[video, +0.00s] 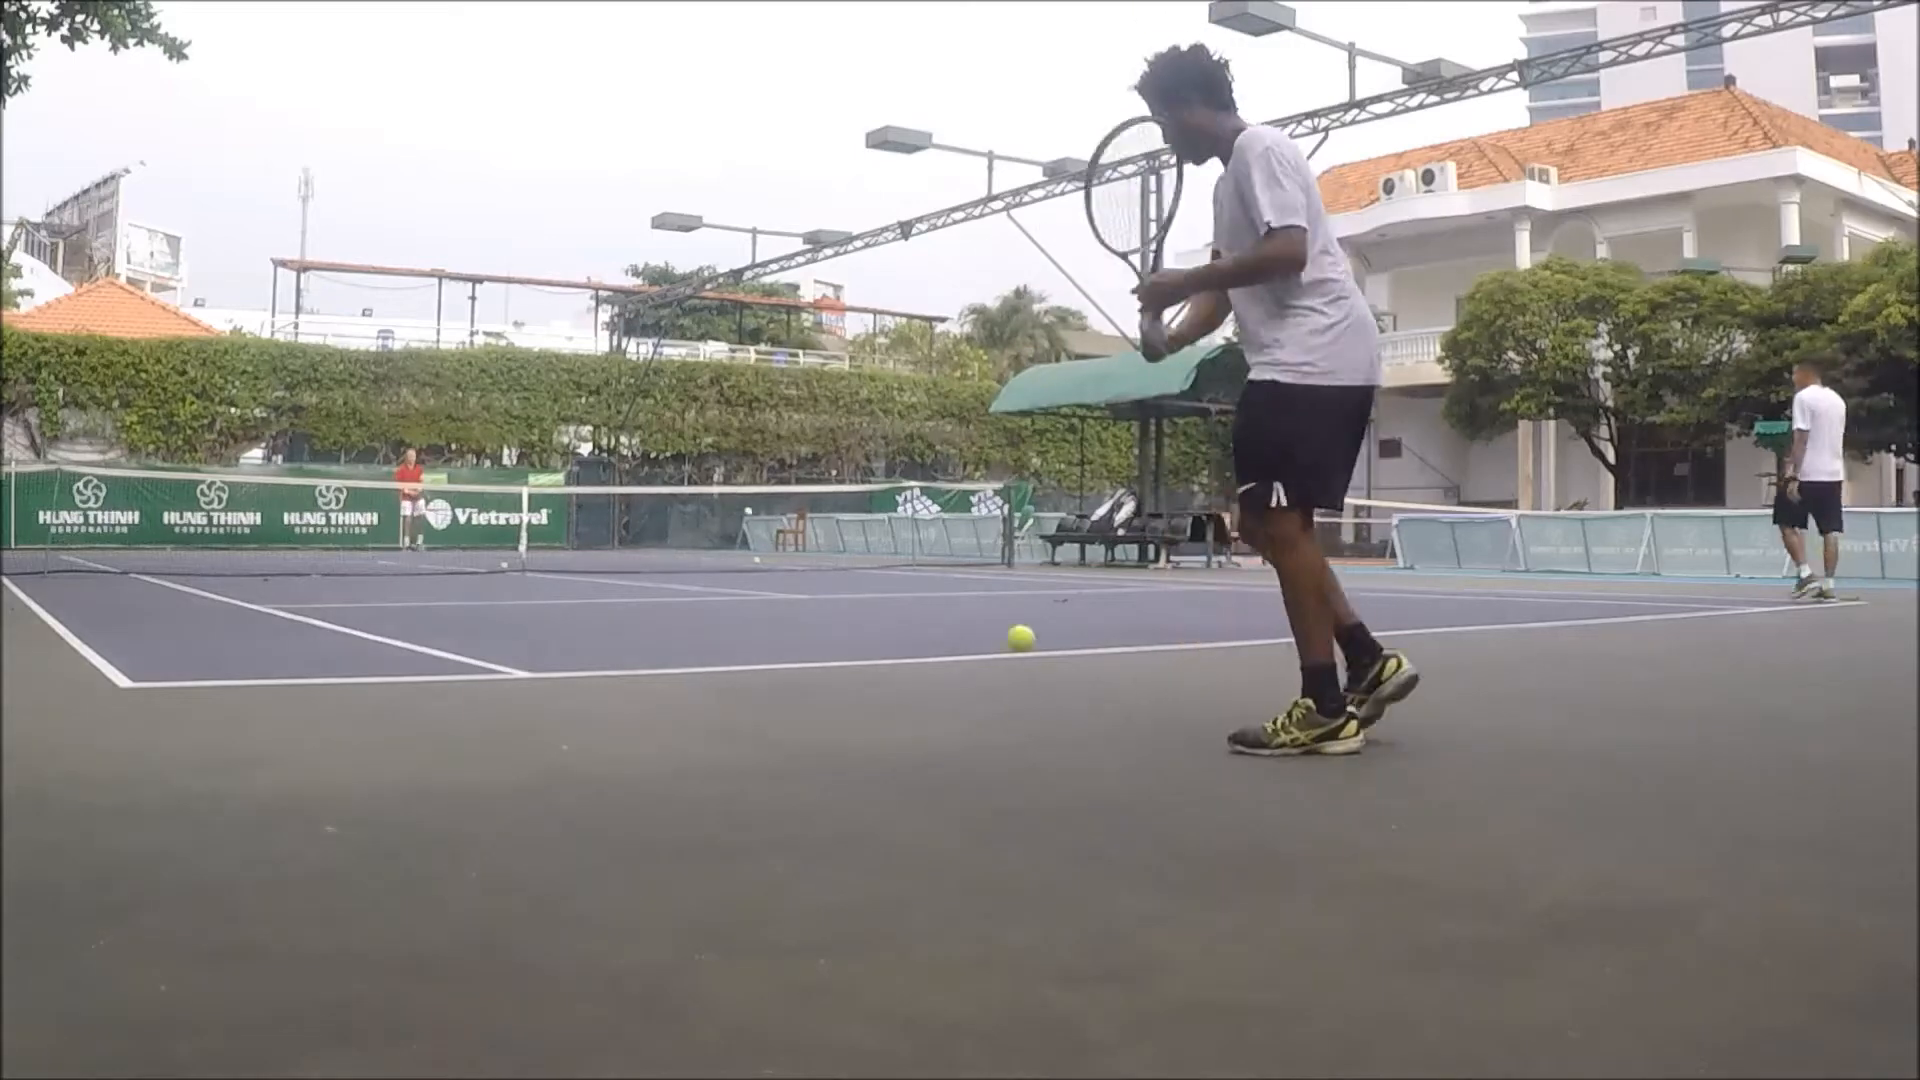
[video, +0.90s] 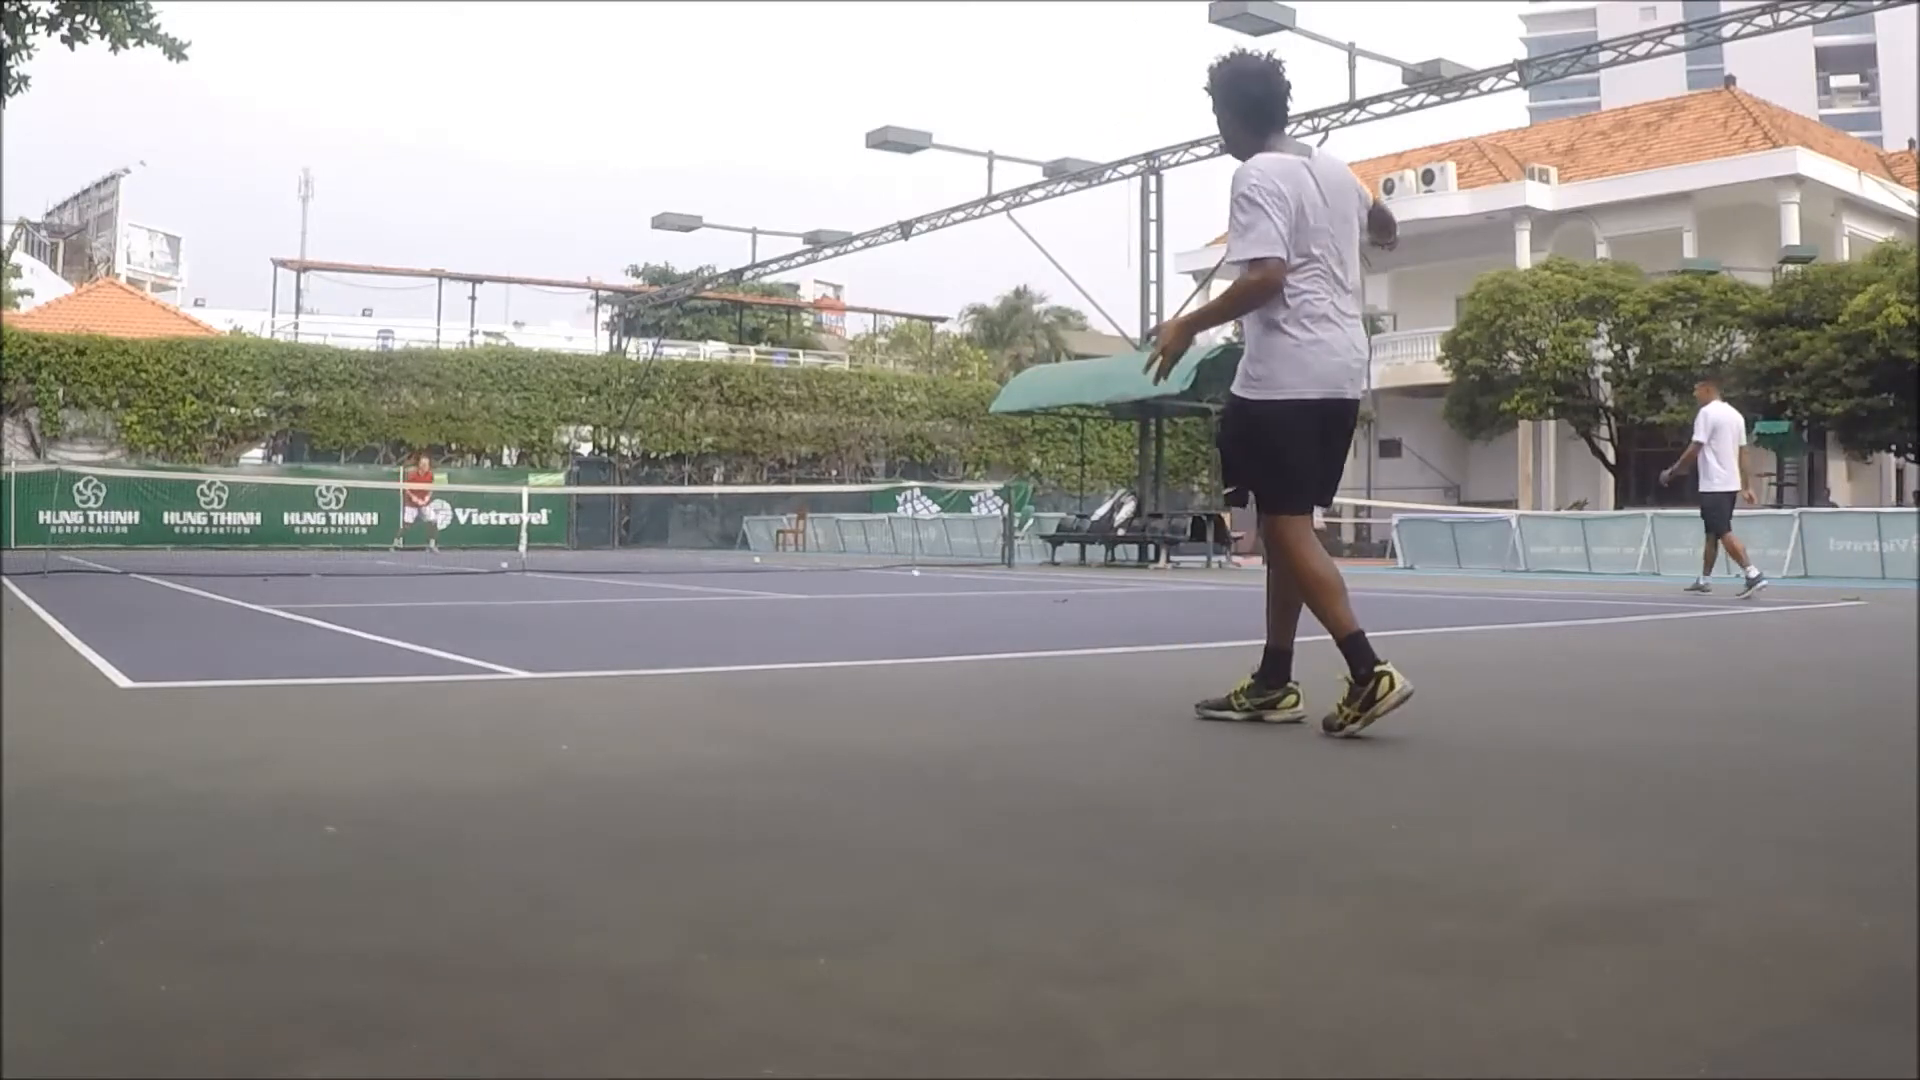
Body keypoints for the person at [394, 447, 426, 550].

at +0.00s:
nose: (411, 460)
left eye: (413, 457)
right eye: (409, 457)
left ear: (415, 458)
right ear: (406, 458)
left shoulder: (419, 469)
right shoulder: (400, 470)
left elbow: (421, 482)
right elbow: (399, 483)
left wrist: (418, 490)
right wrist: (408, 491)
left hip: (418, 495)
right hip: (406, 495)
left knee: (419, 517)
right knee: (407, 518)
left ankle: (418, 540)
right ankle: (407, 540)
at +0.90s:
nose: (423, 466)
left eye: (425, 464)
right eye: (422, 463)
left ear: (428, 465)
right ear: (418, 464)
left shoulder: (430, 475)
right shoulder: (412, 474)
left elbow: (430, 488)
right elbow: (406, 488)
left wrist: (426, 498)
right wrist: (414, 498)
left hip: (424, 500)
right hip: (412, 500)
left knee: (432, 520)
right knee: (407, 522)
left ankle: (432, 543)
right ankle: (397, 540)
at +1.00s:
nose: (428, 466)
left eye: (430, 464)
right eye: (426, 464)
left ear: (432, 465)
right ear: (422, 465)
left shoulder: (433, 476)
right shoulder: (414, 474)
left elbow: (434, 489)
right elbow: (409, 488)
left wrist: (429, 499)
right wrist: (417, 499)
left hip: (426, 504)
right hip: (414, 504)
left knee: (433, 522)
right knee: (410, 524)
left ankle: (432, 544)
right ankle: (398, 542)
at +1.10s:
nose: (433, 464)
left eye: (434, 462)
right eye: (431, 461)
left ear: (436, 463)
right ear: (426, 462)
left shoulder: (436, 474)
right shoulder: (418, 473)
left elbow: (436, 488)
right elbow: (414, 487)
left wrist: (431, 500)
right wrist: (424, 500)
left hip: (430, 499)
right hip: (418, 499)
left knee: (433, 520)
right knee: (414, 519)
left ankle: (432, 543)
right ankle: (402, 541)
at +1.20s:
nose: (436, 463)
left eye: (437, 460)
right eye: (434, 460)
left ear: (439, 462)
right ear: (429, 461)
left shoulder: (439, 474)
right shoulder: (421, 472)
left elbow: (438, 488)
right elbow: (417, 486)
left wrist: (433, 499)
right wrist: (426, 500)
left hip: (432, 500)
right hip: (420, 499)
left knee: (436, 521)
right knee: (417, 519)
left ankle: (432, 544)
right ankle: (409, 543)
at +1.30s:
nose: (438, 465)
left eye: (440, 463)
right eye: (436, 462)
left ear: (441, 464)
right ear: (431, 463)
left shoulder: (441, 476)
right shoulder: (424, 473)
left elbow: (440, 488)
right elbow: (418, 487)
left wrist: (436, 498)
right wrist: (426, 500)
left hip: (434, 500)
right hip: (423, 500)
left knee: (438, 523)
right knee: (424, 520)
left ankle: (431, 545)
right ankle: (411, 542)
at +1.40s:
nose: (440, 465)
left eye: (441, 463)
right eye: (438, 463)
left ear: (442, 465)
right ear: (432, 464)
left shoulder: (442, 477)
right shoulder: (425, 474)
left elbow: (441, 491)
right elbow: (421, 488)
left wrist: (437, 503)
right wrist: (428, 501)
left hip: (435, 502)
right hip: (425, 501)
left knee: (439, 523)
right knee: (429, 519)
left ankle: (431, 545)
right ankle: (416, 540)